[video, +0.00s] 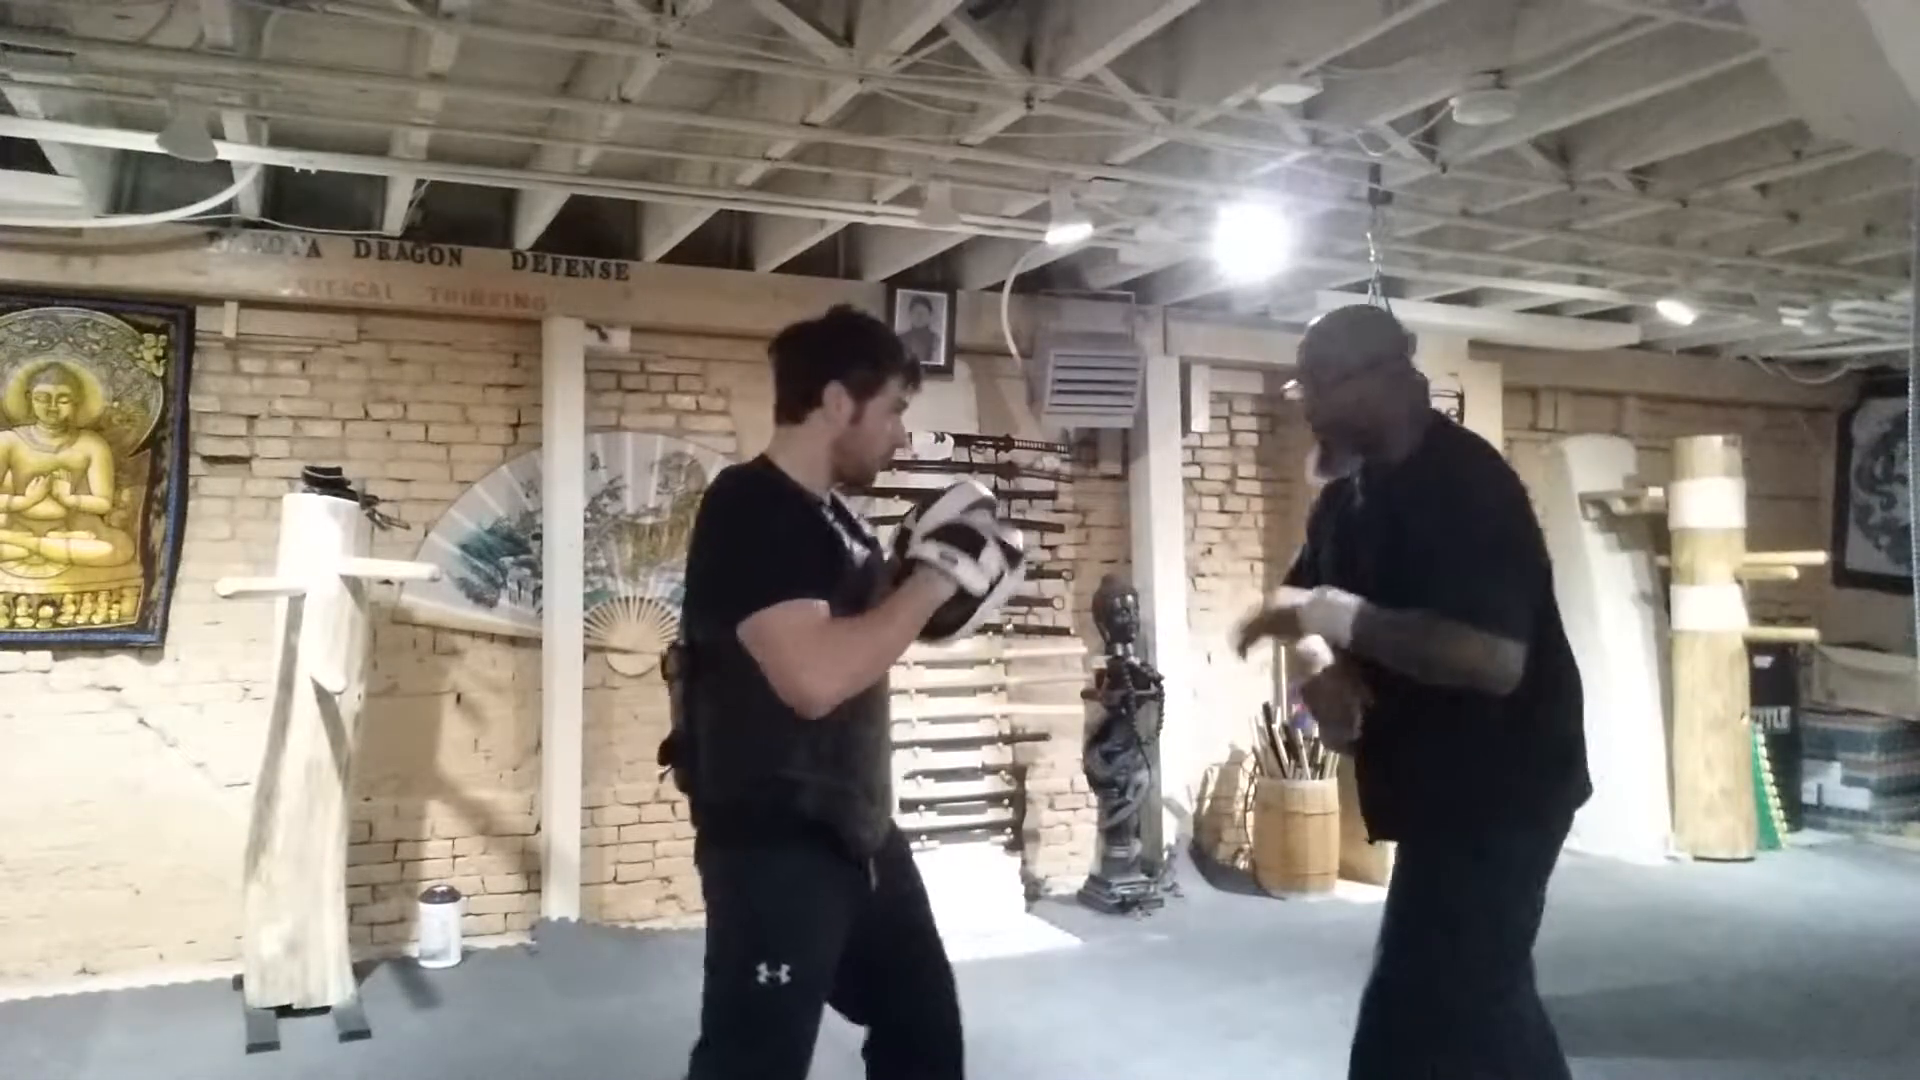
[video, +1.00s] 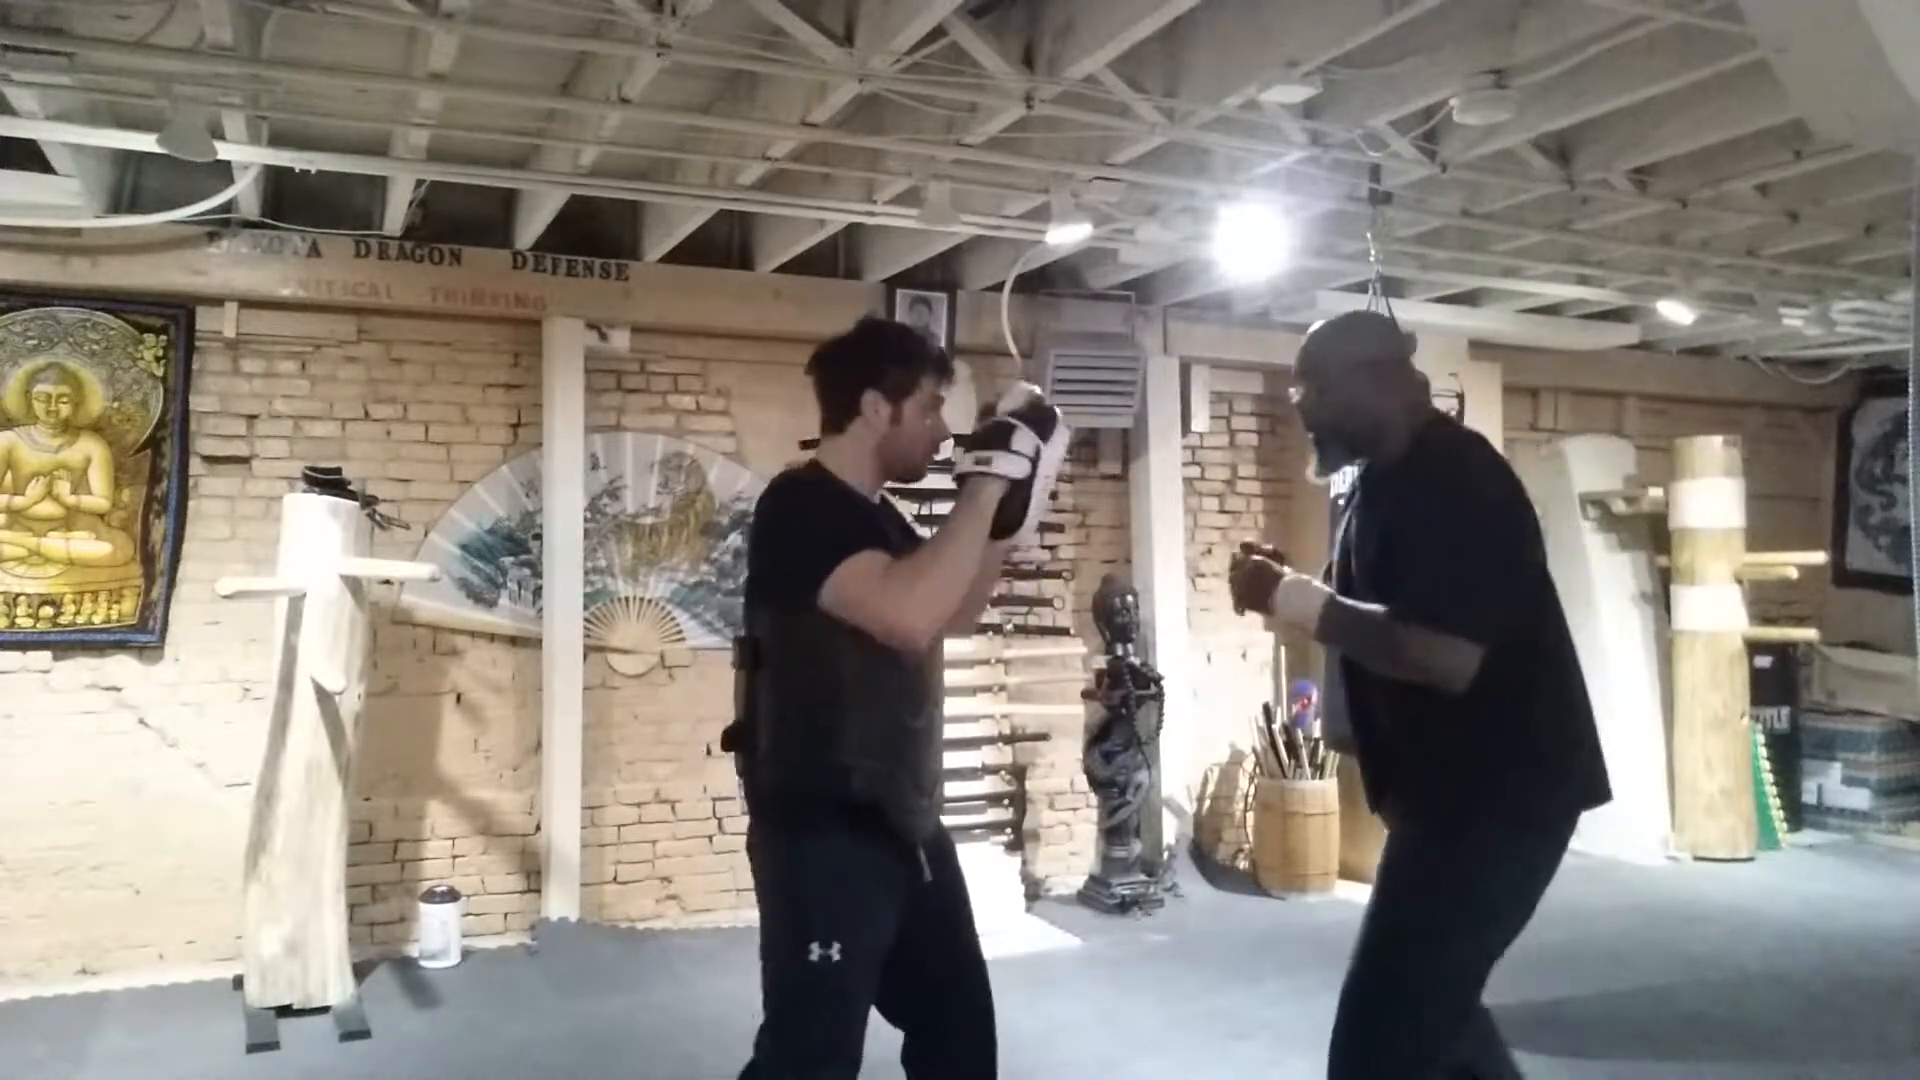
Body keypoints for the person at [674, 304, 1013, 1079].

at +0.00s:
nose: (902, 435)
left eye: (903, 414)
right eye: (894, 410)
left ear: (833, 404)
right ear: (835, 402)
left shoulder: (838, 520)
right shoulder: (748, 507)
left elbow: (847, 633)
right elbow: (812, 676)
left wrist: (936, 581)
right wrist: (932, 580)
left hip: (858, 837)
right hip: (771, 845)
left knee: (922, 1032)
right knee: (752, 1061)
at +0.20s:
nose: (913, 437)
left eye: (914, 416)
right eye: (905, 413)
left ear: (848, 412)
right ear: (849, 410)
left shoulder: (845, 522)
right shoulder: (779, 511)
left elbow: (863, 647)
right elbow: (803, 684)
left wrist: (938, 579)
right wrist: (956, 605)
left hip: (880, 834)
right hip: (809, 837)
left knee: (928, 1037)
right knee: (778, 1057)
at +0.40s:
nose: (907, 429)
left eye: (908, 407)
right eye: (899, 405)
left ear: (846, 403)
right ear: (845, 401)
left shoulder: (845, 514)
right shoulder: (777, 506)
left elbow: (862, 638)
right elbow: (820, 675)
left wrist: (954, 586)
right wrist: (948, 579)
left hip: (884, 826)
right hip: (817, 831)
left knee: (925, 1045)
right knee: (798, 1054)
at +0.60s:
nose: (898, 433)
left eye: (898, 412)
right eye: (888, 409)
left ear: (833, 409)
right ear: (833, 407)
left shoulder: (835, 522)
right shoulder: (759, 517)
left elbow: (849, 656)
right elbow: (801, 691)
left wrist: (947, 609)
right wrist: (937, 604)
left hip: (872, 838)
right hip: (792, 848)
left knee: (951, 1006)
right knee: (771, 1062)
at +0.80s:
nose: (914, 431)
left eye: (912, 410)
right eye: (902, 408)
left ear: (850, 413)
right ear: (846, 410)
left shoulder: (859, 526)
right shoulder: (781, 519)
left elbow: (913, 614)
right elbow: (853, 664)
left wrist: (1008, 560)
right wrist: (967, 556)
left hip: (896, 844)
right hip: (815, 849)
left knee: (952, 1045)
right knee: (779, 1062)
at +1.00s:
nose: (943, 429)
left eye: (944, 411)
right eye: (932, 407)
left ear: (878, 411)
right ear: (876, 408)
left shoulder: (882, 519)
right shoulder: (799, 505)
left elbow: (958, 610)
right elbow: (907, 613)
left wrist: (1009, 504)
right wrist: (985, 476)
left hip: (903, 828)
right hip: (819, 831)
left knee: (958, 1039)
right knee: (810, 1054)